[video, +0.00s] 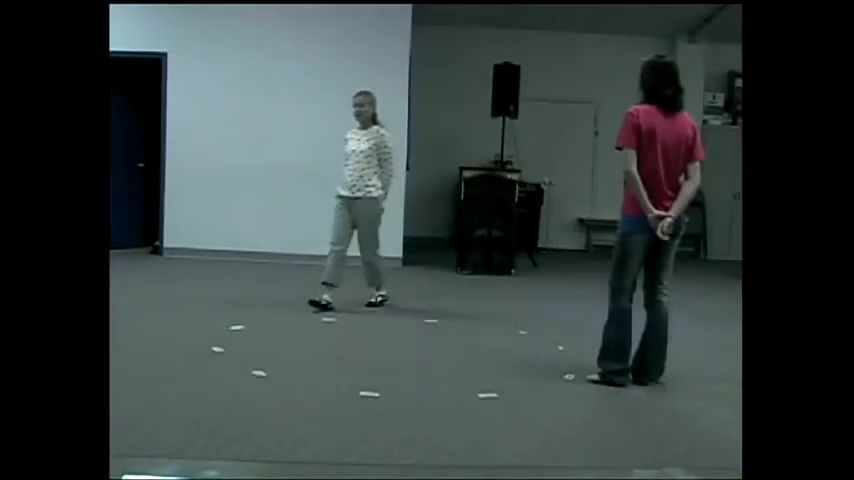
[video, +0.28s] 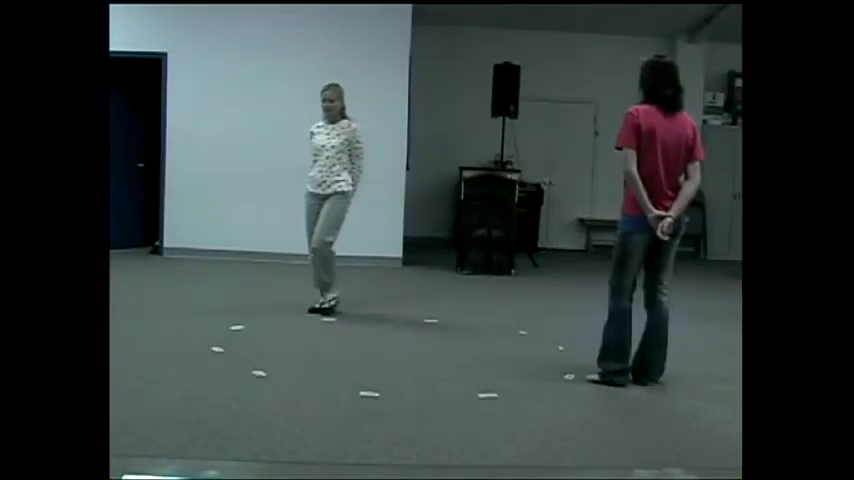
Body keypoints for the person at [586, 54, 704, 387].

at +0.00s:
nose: (642, 86)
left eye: (643, 81)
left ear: (646, 85)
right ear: (676, 85)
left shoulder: (636, 116)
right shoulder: (688, 124)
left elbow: (630, 168)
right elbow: (694, 178)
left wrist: (651, 210)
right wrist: (673, 215)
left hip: (638, 219)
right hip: (671, 220)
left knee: (622, 291)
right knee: (658, 292)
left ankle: (614, 369)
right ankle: (650, 370)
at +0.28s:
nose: (641, 86)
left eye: (642, 81)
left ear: (646, 85)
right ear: (676, 85)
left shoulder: (636, 116)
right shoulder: (688, 124)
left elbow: (630, 168)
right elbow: (694, 178)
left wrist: (651, 210)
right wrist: (673, 215)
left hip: (638, 219)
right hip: (671, 220)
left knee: (622, 290)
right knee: (658, 292)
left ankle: (614, 369)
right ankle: (649, 370)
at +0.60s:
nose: (641, 86)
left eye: (642, 81)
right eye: (644, 81)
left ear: (645, 84)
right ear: (675, 85)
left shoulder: (636, 116)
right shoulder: (688, 124)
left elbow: (630, 168)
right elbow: (693, 178)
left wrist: (650, 210)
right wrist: (673, 215)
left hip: (638, 219)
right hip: (671, 220)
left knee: (622, 291)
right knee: (658, 292)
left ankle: (614, 369)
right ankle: (650, 369)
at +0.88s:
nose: (641, 86)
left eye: (642, 81)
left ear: (645, 84)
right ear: (675, 85)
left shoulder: (636, 116)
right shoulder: (688, 124)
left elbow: (630, 168)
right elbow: (693, 178)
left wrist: (650, 210)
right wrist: (673, 215)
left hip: (638, 219)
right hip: (671, 220)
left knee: (622, 291)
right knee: (658, 292)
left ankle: (614, 369)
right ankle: (650, 369)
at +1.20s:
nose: (641, 86)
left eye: (642, 80)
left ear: (646, 84)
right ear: (676, 85)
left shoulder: (637, 116)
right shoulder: (688, 124)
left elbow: (630, 168)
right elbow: (693, 178)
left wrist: (650, 210)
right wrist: (673, 216)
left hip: (638, 219)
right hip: (671, 220)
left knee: (622, 290)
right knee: (658, 292)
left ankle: (614, 368)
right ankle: (649, 370)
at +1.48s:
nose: (642, 86)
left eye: (643, 80)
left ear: (647, 84)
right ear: (676, 85)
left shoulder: (637, 116)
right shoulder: (688, 124)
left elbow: (631, 168)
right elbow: (694, 178)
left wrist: (651, 210)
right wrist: (673, 216)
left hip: (638, 219)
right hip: (672, 221)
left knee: (622, 290)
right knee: (658, 293)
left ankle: (614, 368)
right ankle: (649, 370)